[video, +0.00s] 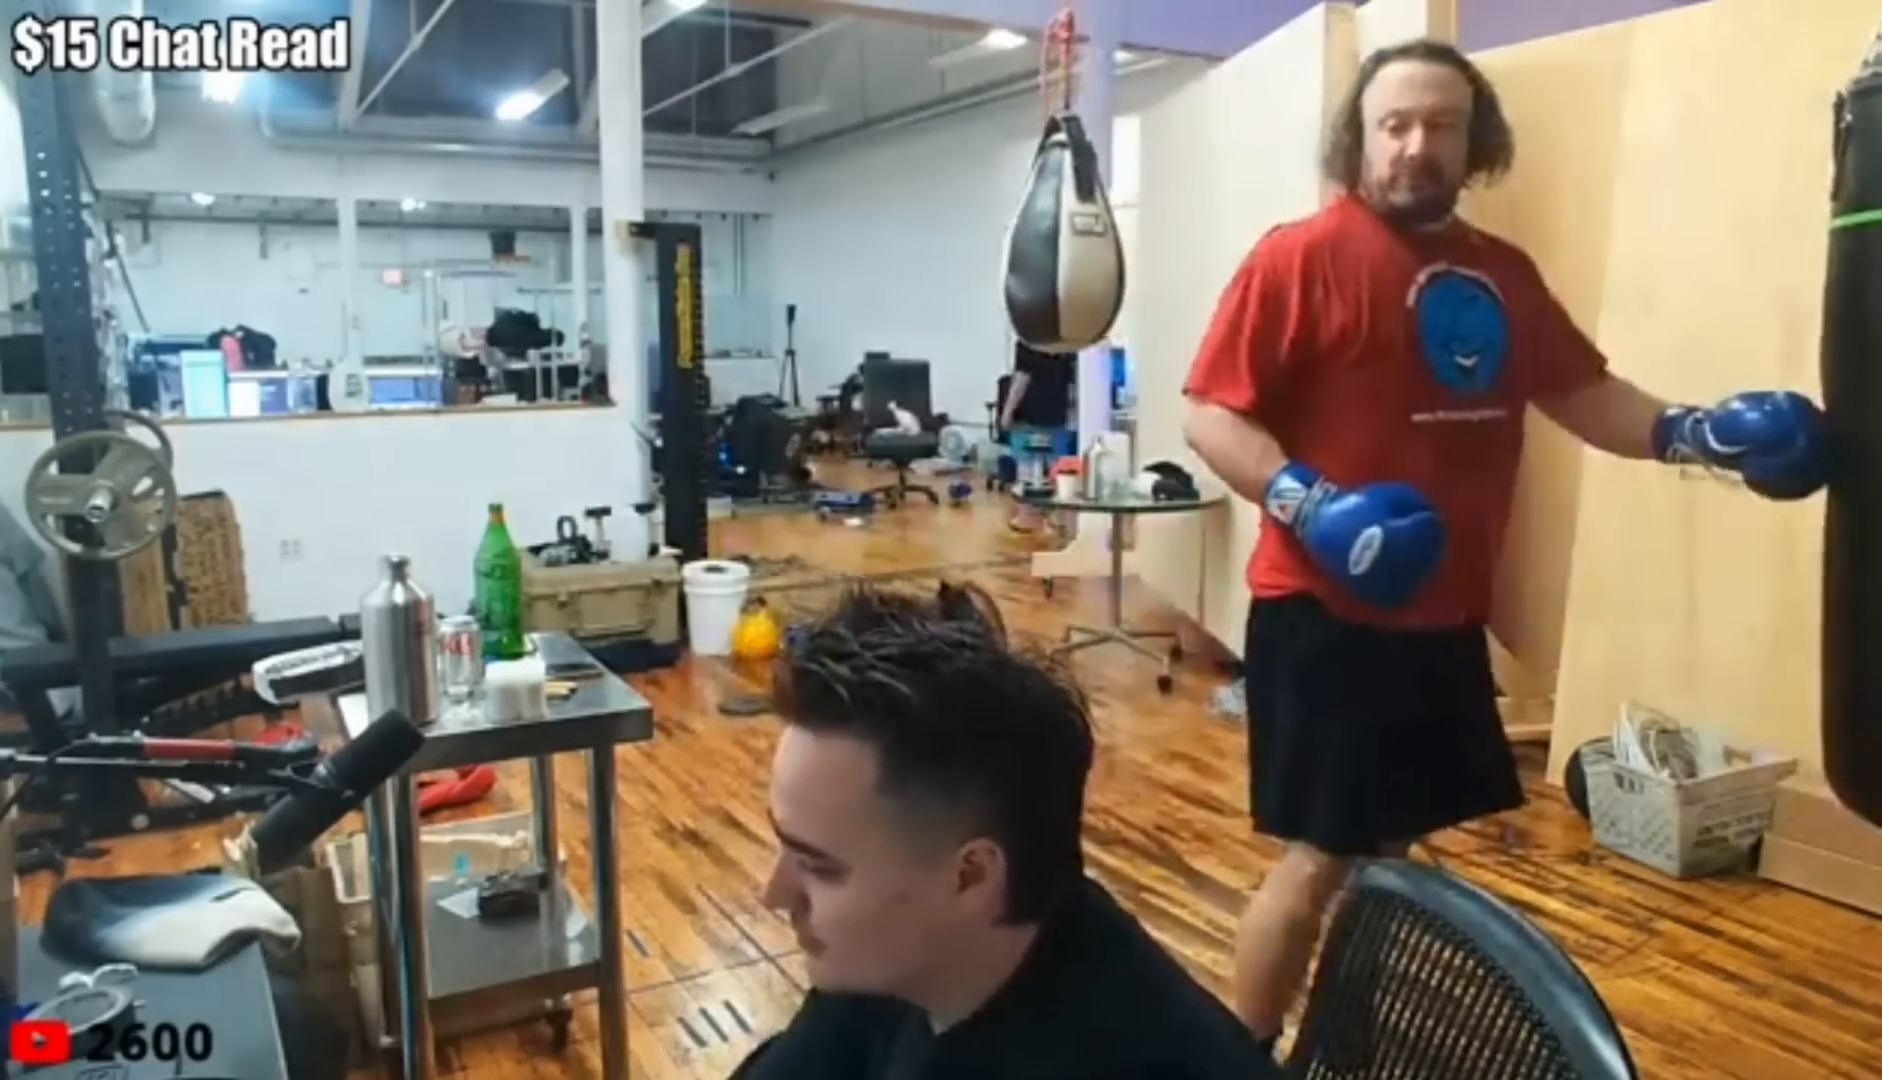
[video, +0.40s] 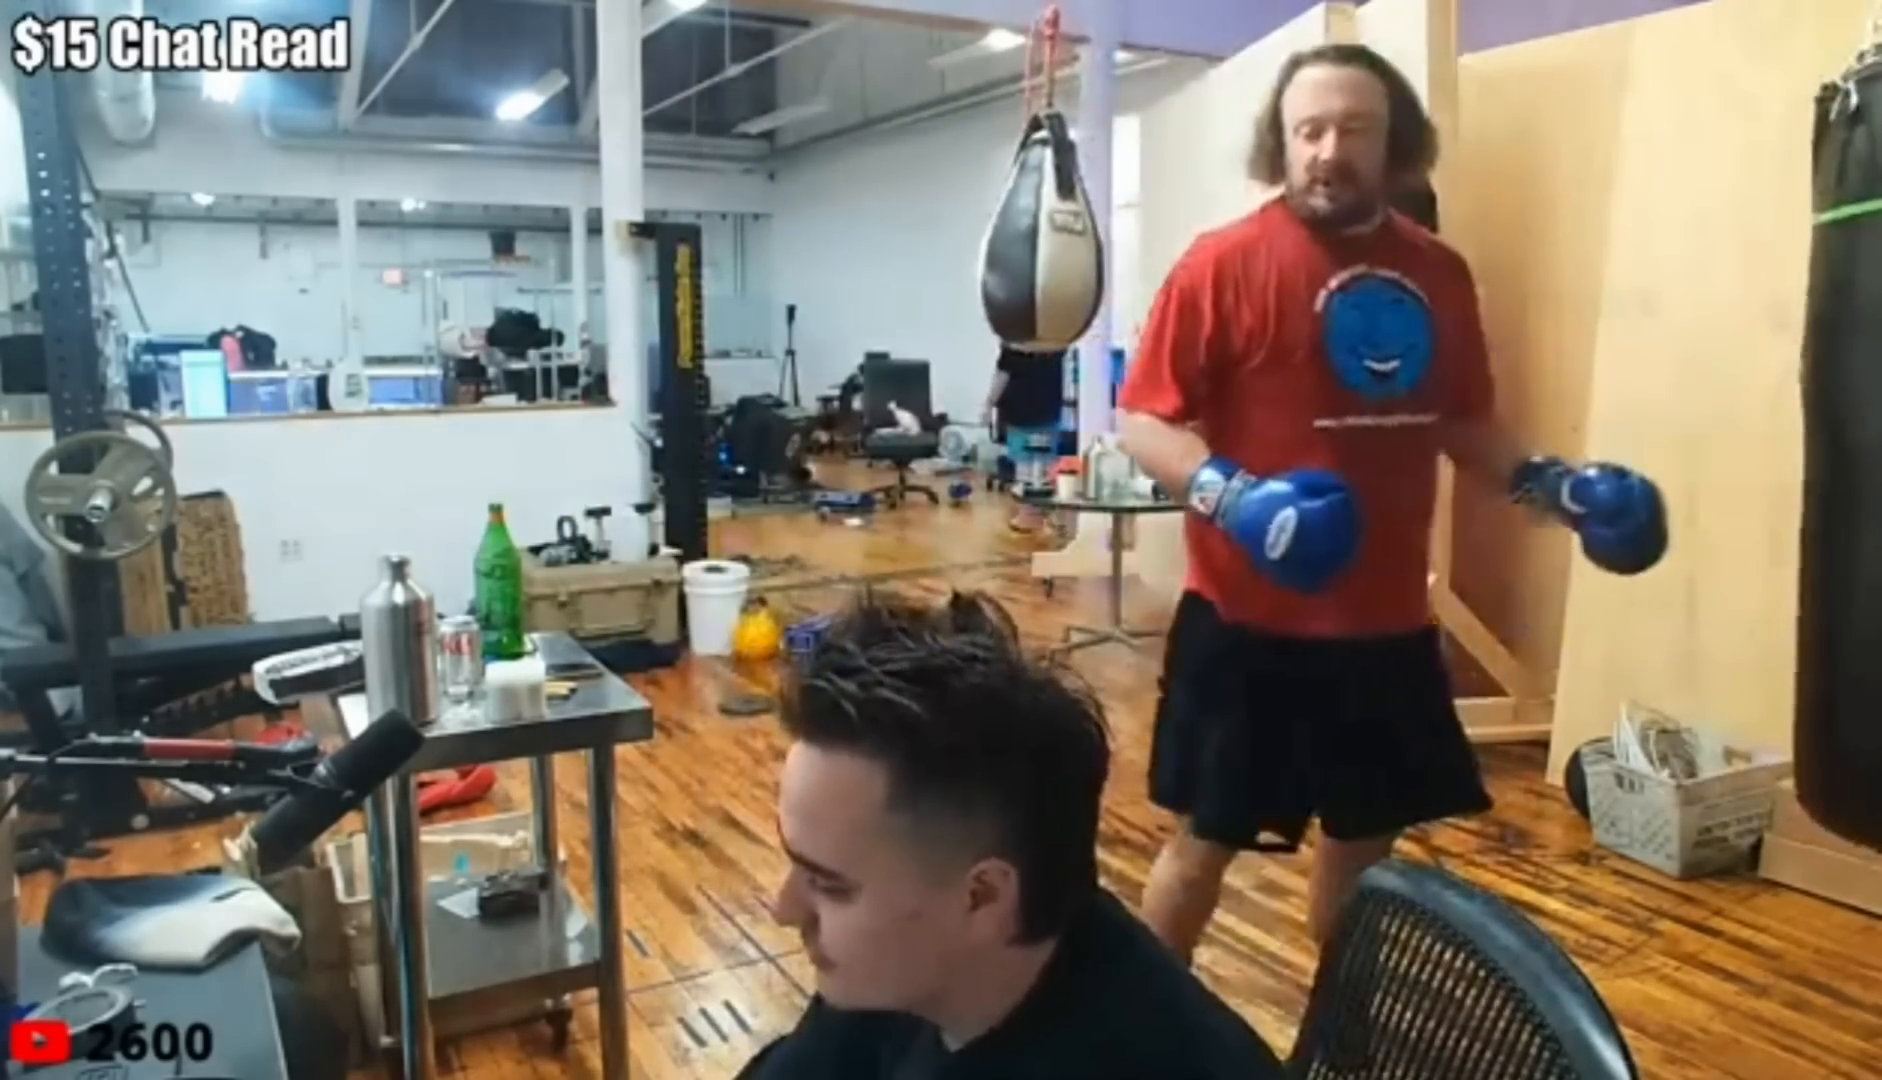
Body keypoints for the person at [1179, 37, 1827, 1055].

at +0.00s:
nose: (1415, 147)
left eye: (1441, 126)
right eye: (1394, 126)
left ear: (1474, 146)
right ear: (1357, 139)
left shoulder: (1500, 274)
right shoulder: (1295, 261)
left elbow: (1585, 394)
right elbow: (1209, 414)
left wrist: (1700, 431)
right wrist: (1307, 505)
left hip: (1442, 621)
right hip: (1320, 616)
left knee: (1386, 858)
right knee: (1314, 862)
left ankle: (1341, 1049)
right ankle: (1243, 1053)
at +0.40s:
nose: (1328, 151)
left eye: (1353, 129)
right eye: (1307, 130)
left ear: (1396, 146)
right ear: (1281, 146)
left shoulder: (1436, 272)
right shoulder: (1222, 267)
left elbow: (1464, 423)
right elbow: (1141, 422)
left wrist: (1554, 485)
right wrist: (1232, 497)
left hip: (1381, 628)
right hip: (1246, 626)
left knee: (1359, 848)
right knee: (1201, 850)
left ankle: (1339, 1037)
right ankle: (1141, 1034)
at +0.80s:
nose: (1232, 165)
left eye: (1256, 141)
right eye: (1211, 143)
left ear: (1296, 151)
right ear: (1182, 153)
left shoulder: (1356, 258)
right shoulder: (1125, 282)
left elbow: (1408, 394)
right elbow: (1058, 431)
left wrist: (1506, 464)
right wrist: (1125, 507)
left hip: (1332, 619)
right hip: (1183, 631)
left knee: (1351, 839)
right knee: (1165, 857)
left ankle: (1352, 1042)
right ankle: (1143, 1053)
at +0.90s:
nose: (1234, 173)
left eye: (1256, 149)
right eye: (1211, 150)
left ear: (1290, 156)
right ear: (1174, 160)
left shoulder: (1348, 258)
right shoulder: (1122, 282)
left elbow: (1411, 391)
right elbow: (1048, 432)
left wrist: (1520, 452)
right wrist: (1121, 512)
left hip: (1332, 620)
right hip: (1183, 631)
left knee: (1361, 838)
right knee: (1165, 858)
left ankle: (1362, 1047)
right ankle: (1138, 1057)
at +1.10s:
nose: (1302, 173)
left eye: (1312, 152)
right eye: (1280, 153)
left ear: (1320, 150)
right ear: (1209, 159)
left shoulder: (1363, 257)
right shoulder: (1135, 290)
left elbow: (1443, 381)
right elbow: (1063, 434)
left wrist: (1566, 427)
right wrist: (1121, 514)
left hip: (1352, 623)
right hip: (1203, 632)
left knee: (1383, 842)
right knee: (1176, 862)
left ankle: (1378, 1033)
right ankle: (1137, 1051)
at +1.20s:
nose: (1329, 174)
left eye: (1338, 151)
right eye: (1305, 154)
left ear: (1347, 150)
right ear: (1233, 163)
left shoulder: (1385, 263)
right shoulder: (1160, 288)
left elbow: (1475, 392)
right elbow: (1083, 429)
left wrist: (1591, 433)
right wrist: (1138, 518)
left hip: (1366, 627)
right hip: (1221, 633)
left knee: (1390, 843)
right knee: (1187, 852)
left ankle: (1375, 1032)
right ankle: (1140, 1042)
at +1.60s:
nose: (1447, 168)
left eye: (1451, 147)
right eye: (1425, 150)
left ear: (1453, 149)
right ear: (1352, 155)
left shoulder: (1456, 271)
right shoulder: (1264, 279)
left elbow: (1501, 408)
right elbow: (1198, 440)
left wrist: (1566, 452)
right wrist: (1322, 513)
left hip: (1420, 616)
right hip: (1297, 617)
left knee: (1385, 823)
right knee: (1258, 826)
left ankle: (1371, 1013)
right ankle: (1170, 1003)